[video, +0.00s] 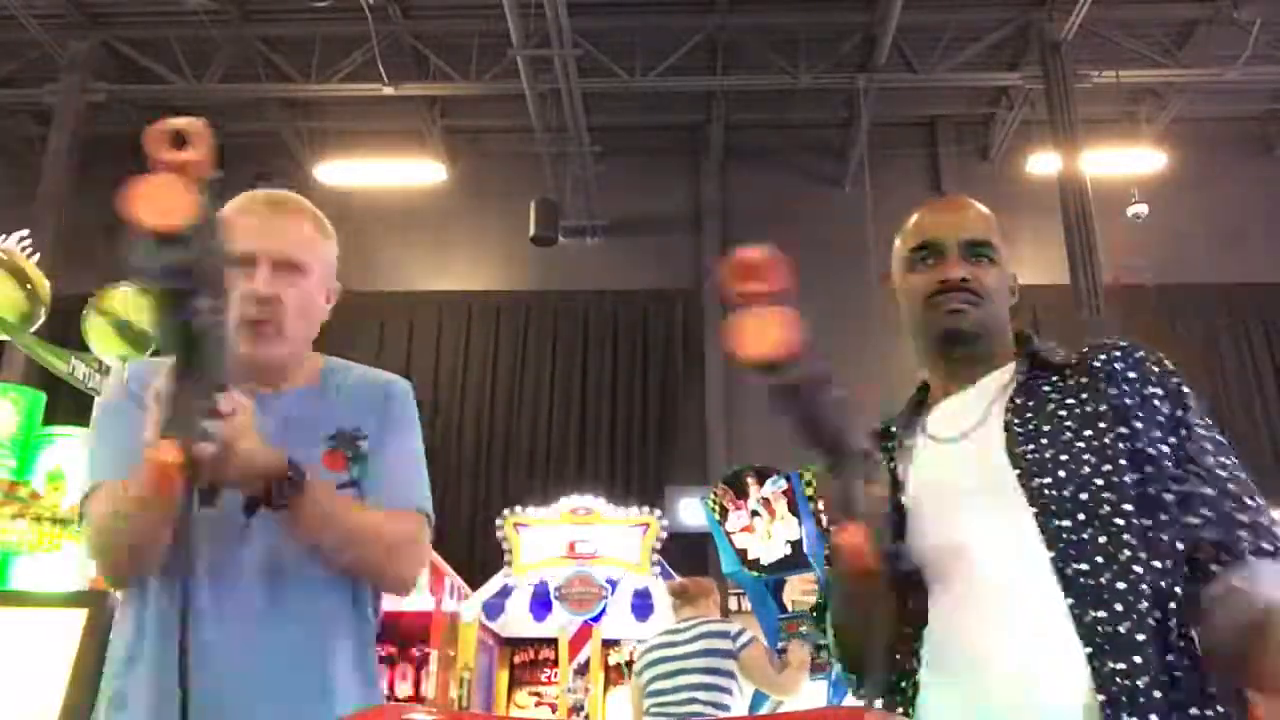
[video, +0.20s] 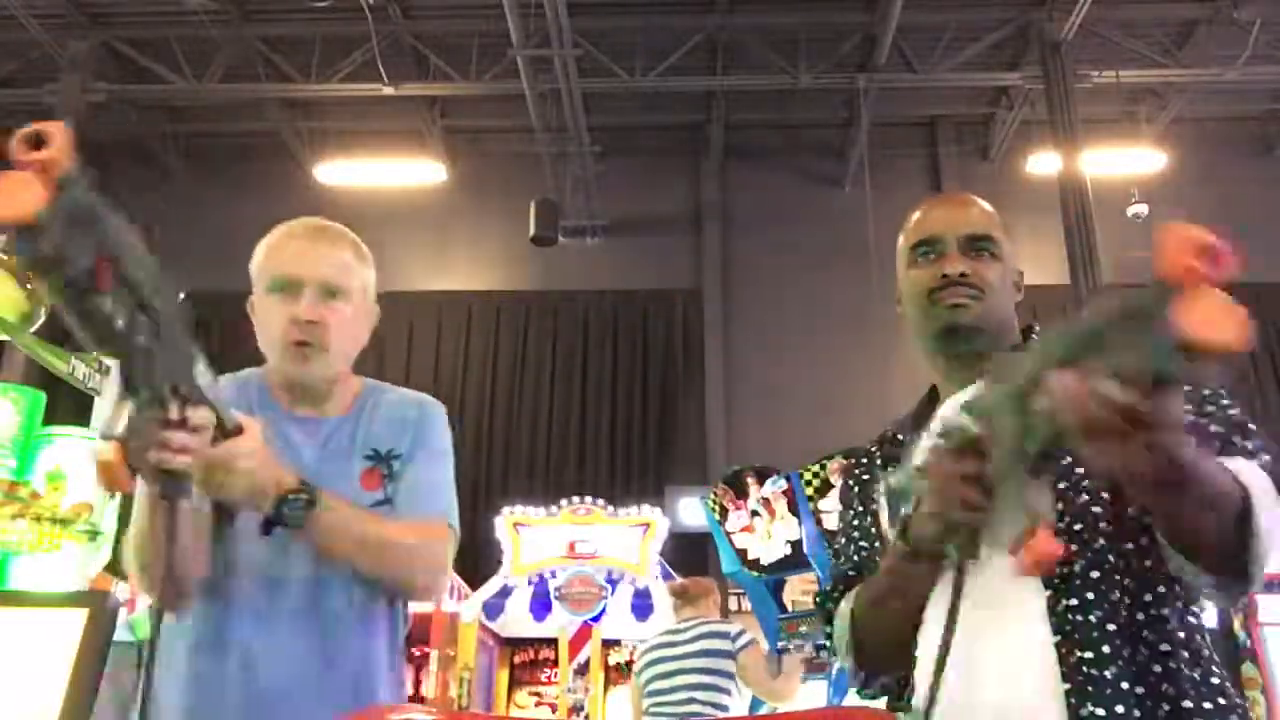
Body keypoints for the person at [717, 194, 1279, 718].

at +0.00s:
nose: (953, 269)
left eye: (977, 254)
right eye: (925, 255)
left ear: (1010, 286)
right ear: (895, 292)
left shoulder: (1117, 381)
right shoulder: (885, 458)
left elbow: (1246, 549)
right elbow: (872, 667)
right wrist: (855, 580)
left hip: (1130, 702)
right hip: (954, 705)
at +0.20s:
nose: (954, 267)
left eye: (979, 249)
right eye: (926, 254)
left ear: (1018, 281)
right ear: (901, 295)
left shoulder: (1131, 399)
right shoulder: (880, 469)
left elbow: (1252, 552)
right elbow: (868, 656)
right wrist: (923, 540)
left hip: (1139, 704)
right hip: (956, 707)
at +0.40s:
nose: (961, 259)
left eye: (986, 243)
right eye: (932, 245)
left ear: (1020, 278)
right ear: (901, 288)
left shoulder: (1110, 350)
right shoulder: (894, 416)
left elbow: (1125, 506)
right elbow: (879, 662)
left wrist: (957, 429)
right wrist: (874, 528)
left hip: (1108, 700)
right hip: (943, 706)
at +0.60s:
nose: (933, 265)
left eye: (957, 250)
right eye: (904, 250)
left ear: (992, 287)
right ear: (876, 295)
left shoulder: (1107, 397)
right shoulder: (856, 470)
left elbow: (1204, 565)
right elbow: (831, 654)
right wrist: (885, 541)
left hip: (1112, 705)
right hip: (932, 706)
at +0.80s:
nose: (915, 266)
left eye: (939, 252)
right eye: (887, 251)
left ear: (972, 287)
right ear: (855, 296)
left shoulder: (1074, 395)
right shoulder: (826, 472)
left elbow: (1188, 579)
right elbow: (797, 655)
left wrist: (1118, 489)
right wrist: (870, 543)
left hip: (1082, 704)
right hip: (902, 708)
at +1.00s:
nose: (896, 274)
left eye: (924, 257)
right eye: (872, 263)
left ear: (972, 281)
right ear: (853, 301)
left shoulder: (1052, 352)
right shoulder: (873, 443)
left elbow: (1072, 522)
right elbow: (836, 664)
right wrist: (818, 532)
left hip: (1060, 701)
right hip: (899, 704)